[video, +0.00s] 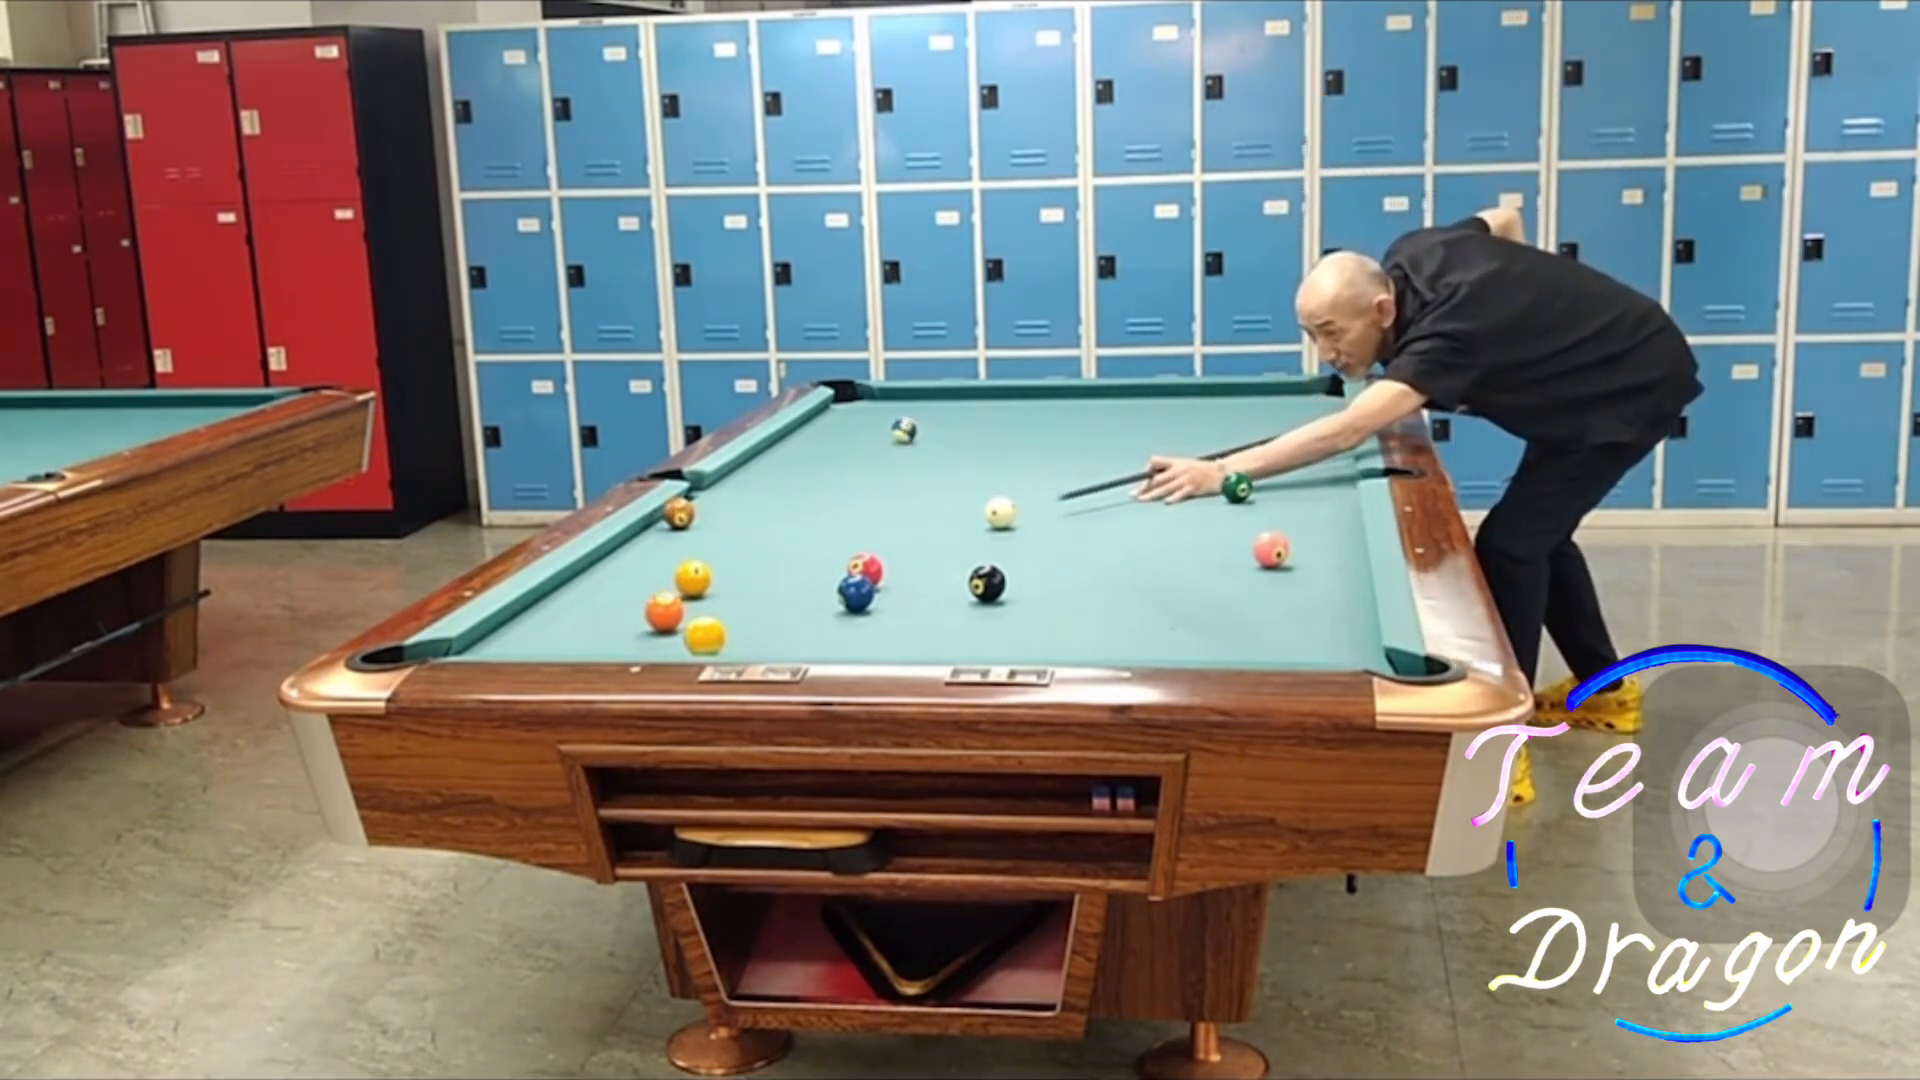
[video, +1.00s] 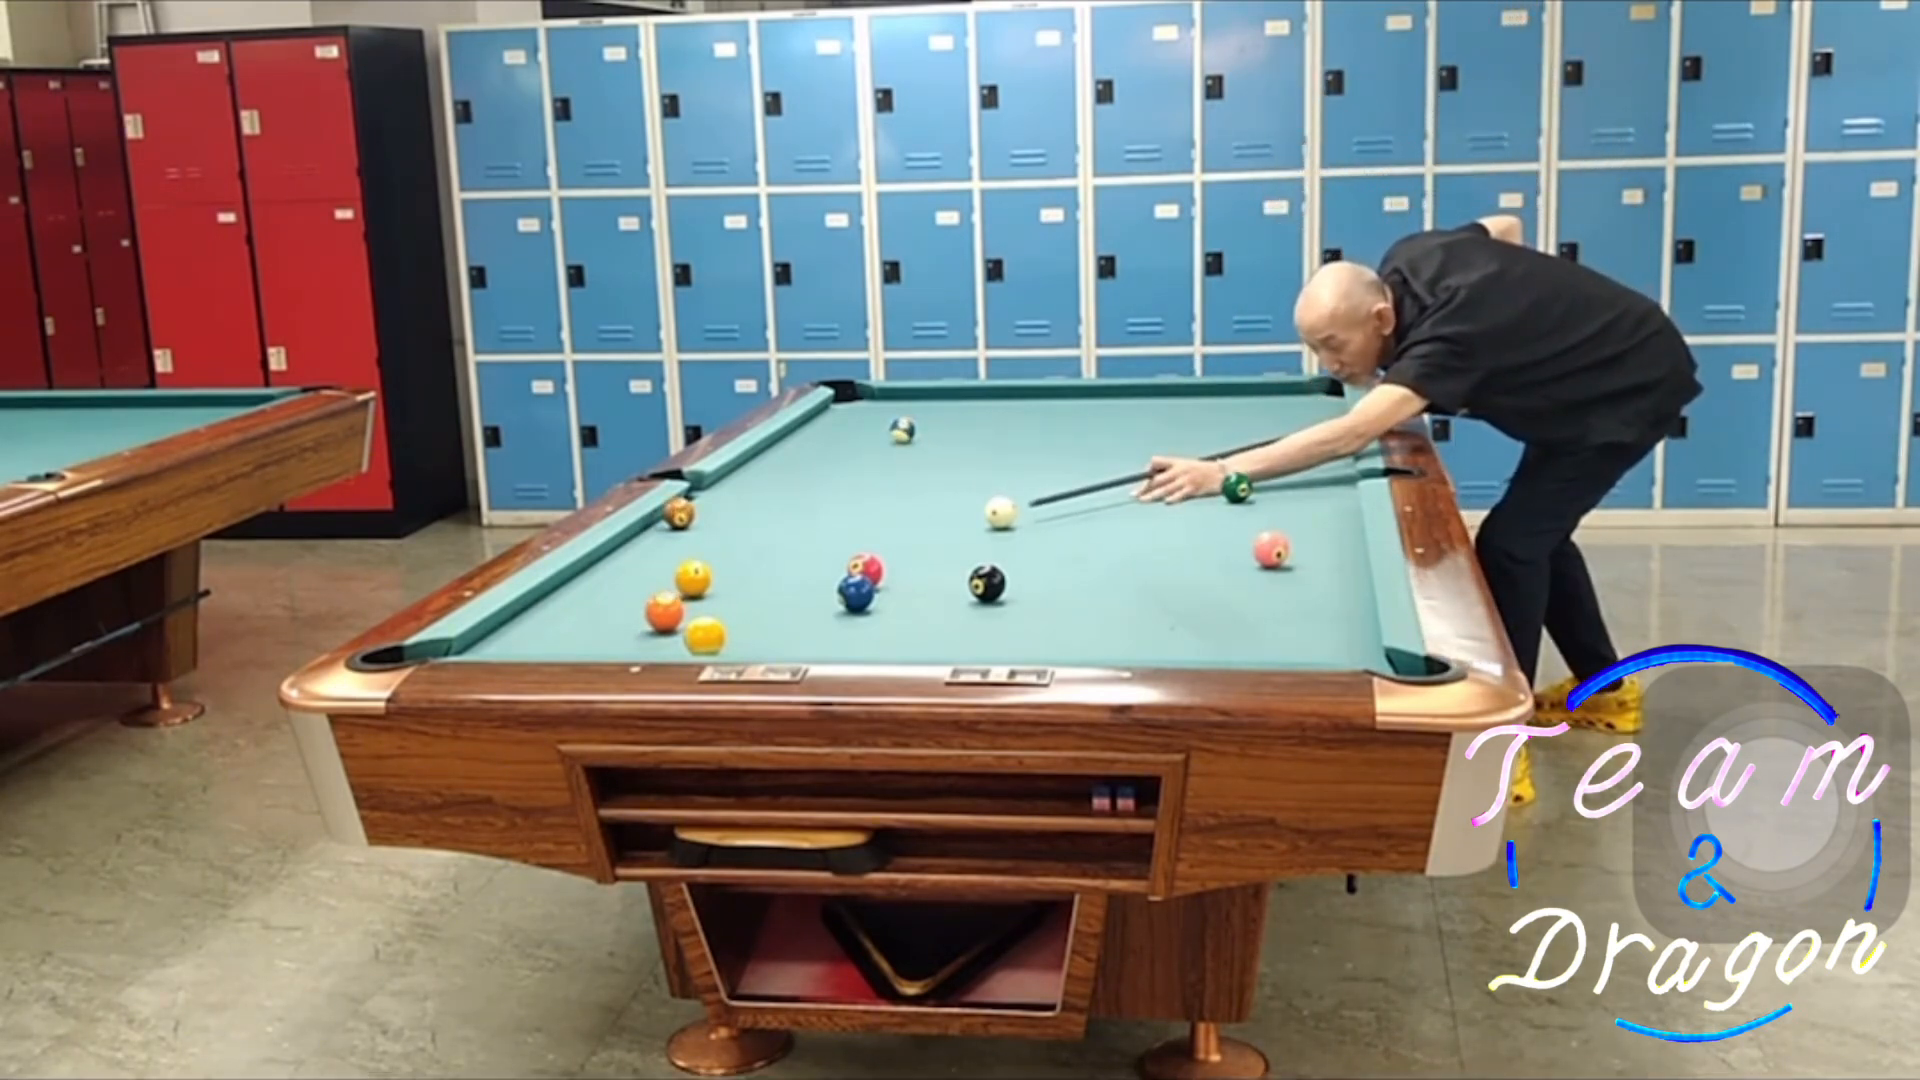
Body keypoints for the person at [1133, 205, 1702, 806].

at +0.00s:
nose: (1323, 351)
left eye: (1330, 334)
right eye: (1315, 336)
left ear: (1382, 309)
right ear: (1374, 295)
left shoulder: (1444, 338)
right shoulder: (1415, 253)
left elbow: (1344, 430)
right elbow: (1504, 219)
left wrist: (1220, 471)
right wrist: (1506, 315)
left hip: (1634, 380)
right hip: (1618, 353)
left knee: (1508, 543)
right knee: (1539, 535)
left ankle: (1510, 708)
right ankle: (1606, 691)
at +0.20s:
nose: (1323, 354)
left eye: (1331, 337)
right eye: (1316, 338)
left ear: (1383, 311)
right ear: (1375, 297)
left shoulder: (1444, 339)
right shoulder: (1414, 255)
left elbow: (1347, 431)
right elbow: (1506, 226)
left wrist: (1221, 471)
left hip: (1633, 380)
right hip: (1620, 352)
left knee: (1508, 544)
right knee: (1539, 535)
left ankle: (1510, 706)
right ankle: (1607, 692)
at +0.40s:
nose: (1322, 354)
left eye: (1330, 338)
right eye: (1315, 339)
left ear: (1383, 313)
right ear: (1372, 301)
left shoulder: (1443, 341)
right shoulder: (1415, 256)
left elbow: (1350, 433)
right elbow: (1505, 220)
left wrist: (1219, 472)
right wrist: (1519, 318)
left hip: (1634, 382)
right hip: (1615, 355)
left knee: (1509, 543)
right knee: (1539, 535)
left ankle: (1509, 707)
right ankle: (1606, 691)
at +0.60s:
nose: (1323, 356)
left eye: (1331, 339)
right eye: (1315, 341)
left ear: (1383, 314)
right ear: (1372, 302)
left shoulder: (1444, 341)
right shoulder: (1414, 257)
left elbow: (1351, 432)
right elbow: (1507, 228)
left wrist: (1222, 471)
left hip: (1634, 381)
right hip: (1618, 353)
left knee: (1509, 544)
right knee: (1540, 535)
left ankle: (1509, 708)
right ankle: (1607, 692)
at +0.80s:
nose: (1322, 357)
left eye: (1330, 340)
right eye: (1314, 342)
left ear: (1383, 315)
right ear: (1373, 301)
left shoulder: (1444, 342)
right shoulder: (1413, 257)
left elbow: (1349, 433)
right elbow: (1506, 231)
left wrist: (1221, 472)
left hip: (1634, 380)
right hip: (1612, 356)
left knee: (1508, 545)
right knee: (1539, 537)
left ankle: (1510, 706)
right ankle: (1608, 692)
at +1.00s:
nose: (1324, 362)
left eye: (1331, 346)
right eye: (1317, 348)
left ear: (1380, 318)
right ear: (1370, 303)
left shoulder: (1443, 341)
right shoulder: (1411, 257)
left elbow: (1348, 433)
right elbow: (1504, 230)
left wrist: (1221, 472)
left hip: (1633, 378)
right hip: (1614, 353)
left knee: (1508, 544)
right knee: (1539, 536)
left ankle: (1510, 707)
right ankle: (1607, 693)